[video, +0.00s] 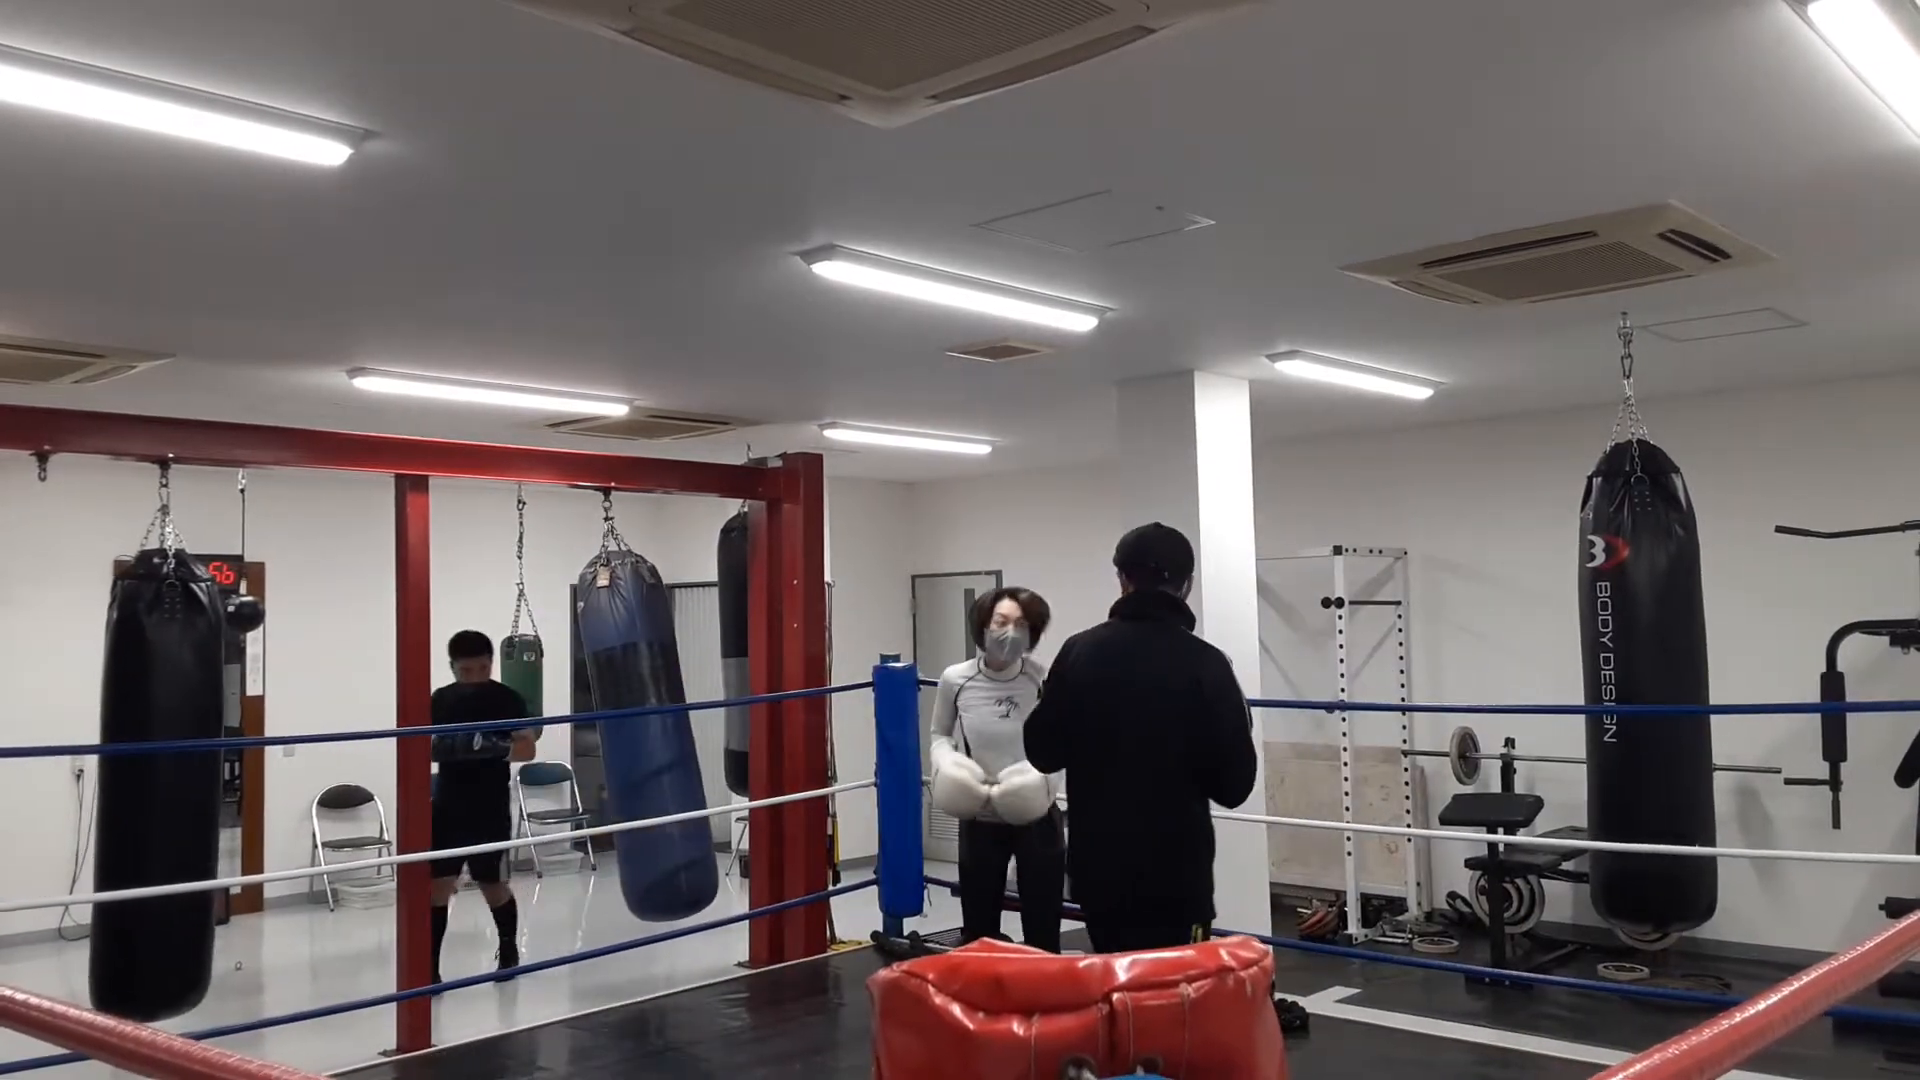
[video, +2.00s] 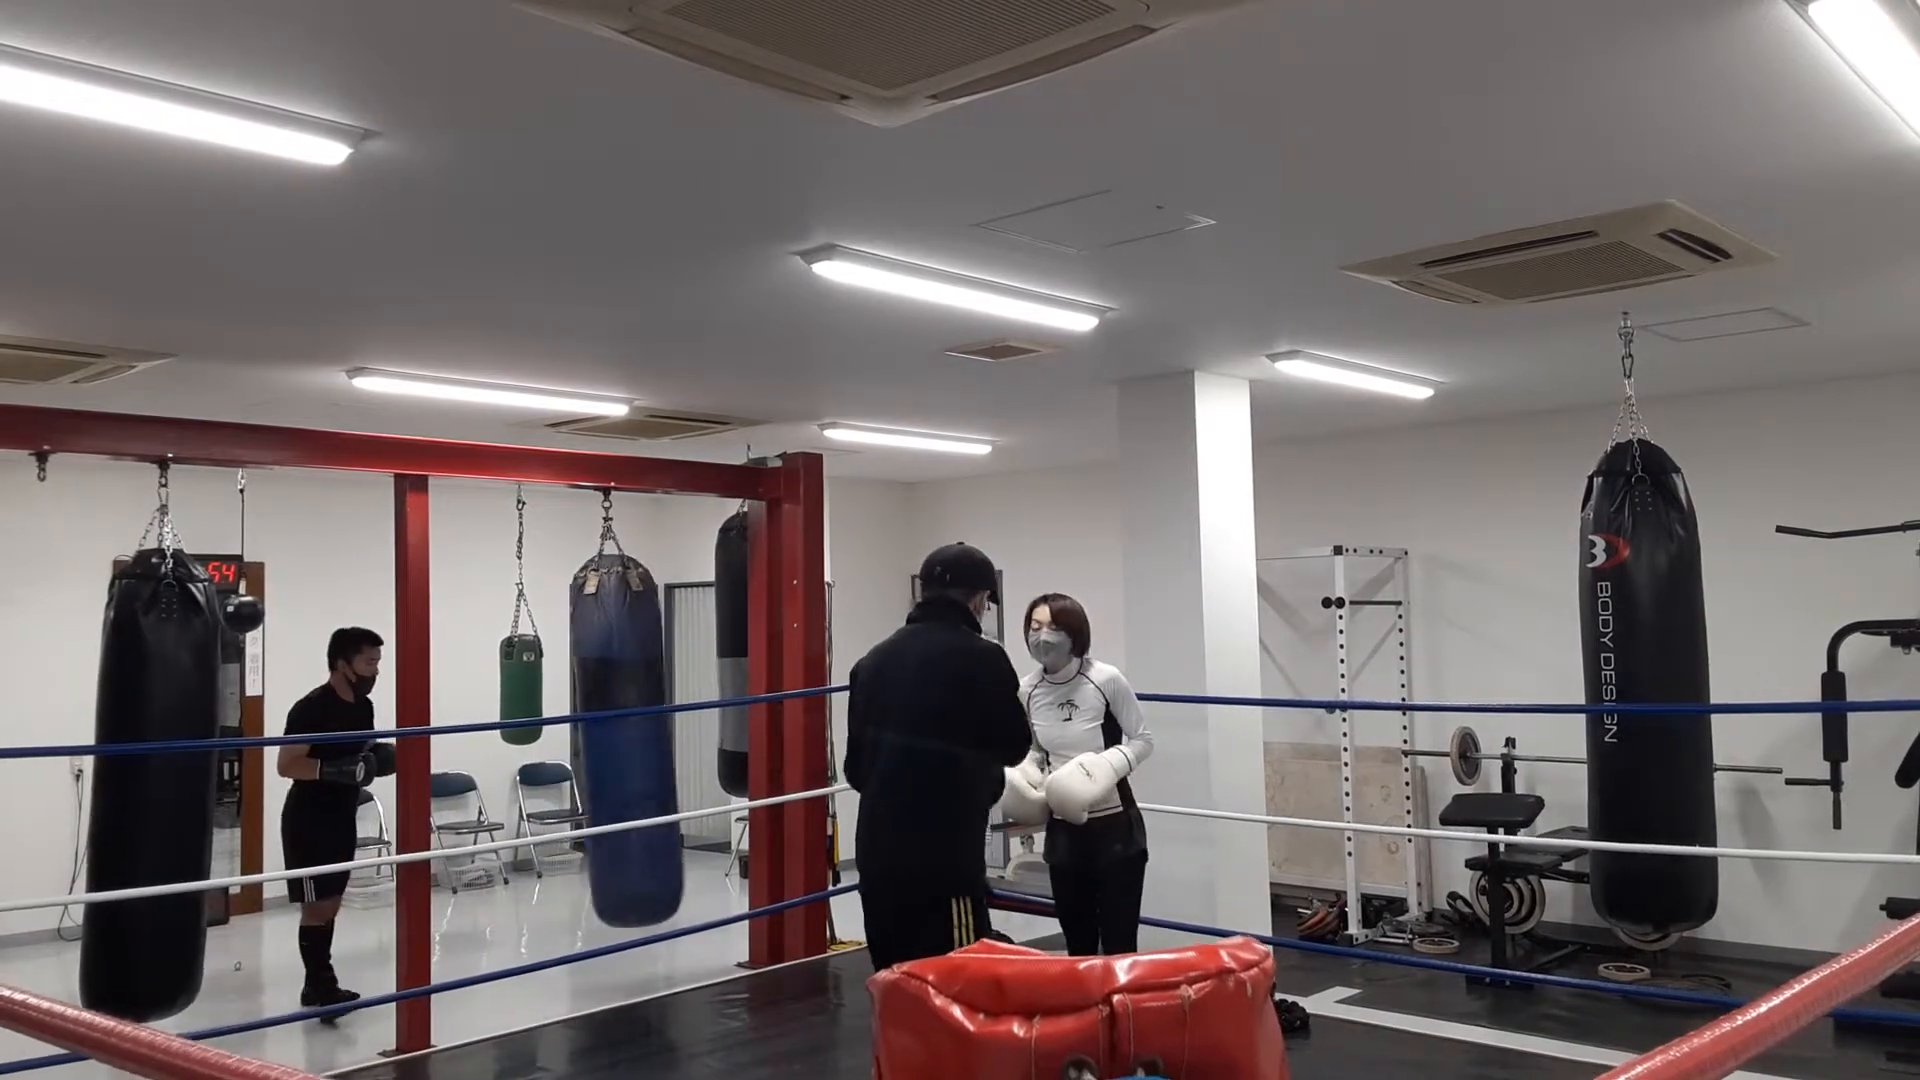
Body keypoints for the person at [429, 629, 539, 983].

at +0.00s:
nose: (471, 677)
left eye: (478, 668)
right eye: (463, 669)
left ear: (490, 663)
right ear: (453, 666)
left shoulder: (507, 699)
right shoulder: (439, 701)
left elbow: (527, 750)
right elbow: (421, 748)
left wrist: (492, 747)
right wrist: (441, 746)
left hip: (490, 804)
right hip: (447, 804)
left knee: (490, 880)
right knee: (438, 884)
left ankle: (508, 951)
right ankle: (430, 968)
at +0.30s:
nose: (459, 674)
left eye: (465, 665)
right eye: (451, 666)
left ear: (472, 663)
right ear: (432, 664)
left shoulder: (483, 698)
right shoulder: (410, 699)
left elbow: (507, 748)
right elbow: (383, 752)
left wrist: (484, 742)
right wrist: (424, 747)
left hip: (468, 807)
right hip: (423, 808)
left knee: (465, 888)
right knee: (425, 893)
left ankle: (462, 976)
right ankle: (430, 974)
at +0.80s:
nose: (466, 678)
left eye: (470, 670)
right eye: (460, 669)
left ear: (472, 666)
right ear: (435, 664)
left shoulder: (465, 705)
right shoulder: (393, 699)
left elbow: (487, 758)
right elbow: (363, 753)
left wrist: (473, 750)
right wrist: (408, 751)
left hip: (446, 812)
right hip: (398, 813)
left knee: (447, 899)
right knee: (390, 897)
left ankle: (444, 986)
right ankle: (378, 981)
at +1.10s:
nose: (440, 675)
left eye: (442, 666)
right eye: (435, 666)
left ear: (437, 666)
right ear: (409, 663)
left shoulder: (428, 703)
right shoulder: (365, 706)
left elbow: (453, 749)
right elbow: (346, 762)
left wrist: (445, 746)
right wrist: (396, 756)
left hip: (422, 816)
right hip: (378, 820)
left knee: (434, 900)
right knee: (370, 905)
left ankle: (443, 982)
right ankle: (343, 994)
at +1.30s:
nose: (400, 677)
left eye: (401, 670)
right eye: (395, 670)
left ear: (390, 672)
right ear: (374, 670)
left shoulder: (398, 709)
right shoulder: (333, 714)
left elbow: (424, 755)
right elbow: (318, 775)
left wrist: (409, 765)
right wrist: (370, 770)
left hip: (390, 825)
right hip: (343, 829)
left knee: (408, 905)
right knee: (336, 915)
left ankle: (433, 984)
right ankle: (332, 1004)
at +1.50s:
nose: (386, 667)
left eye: (387, 659)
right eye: (379, 660)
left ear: (369, 665)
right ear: (353, 665)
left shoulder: (380, 706)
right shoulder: (319, 714)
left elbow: (386, 762)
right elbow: (298, 775)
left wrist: (402, 760)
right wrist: (351, 775)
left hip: (373, 816)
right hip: (331, 821)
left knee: (391, 899)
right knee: (334, 908)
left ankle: (379, 981)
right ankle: (333, 1002)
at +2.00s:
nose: (377, 668)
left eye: (378, 660)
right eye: (370, 661)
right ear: (343, 663)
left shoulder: (364, 707)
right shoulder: (310, 708)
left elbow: (354, 756)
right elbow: (287, 764)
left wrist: (380, 758)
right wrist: (342, 771)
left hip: (342, 812)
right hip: (307, 813)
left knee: (331, 900)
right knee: (316, 902)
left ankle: (317, 985)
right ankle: (321, 990)